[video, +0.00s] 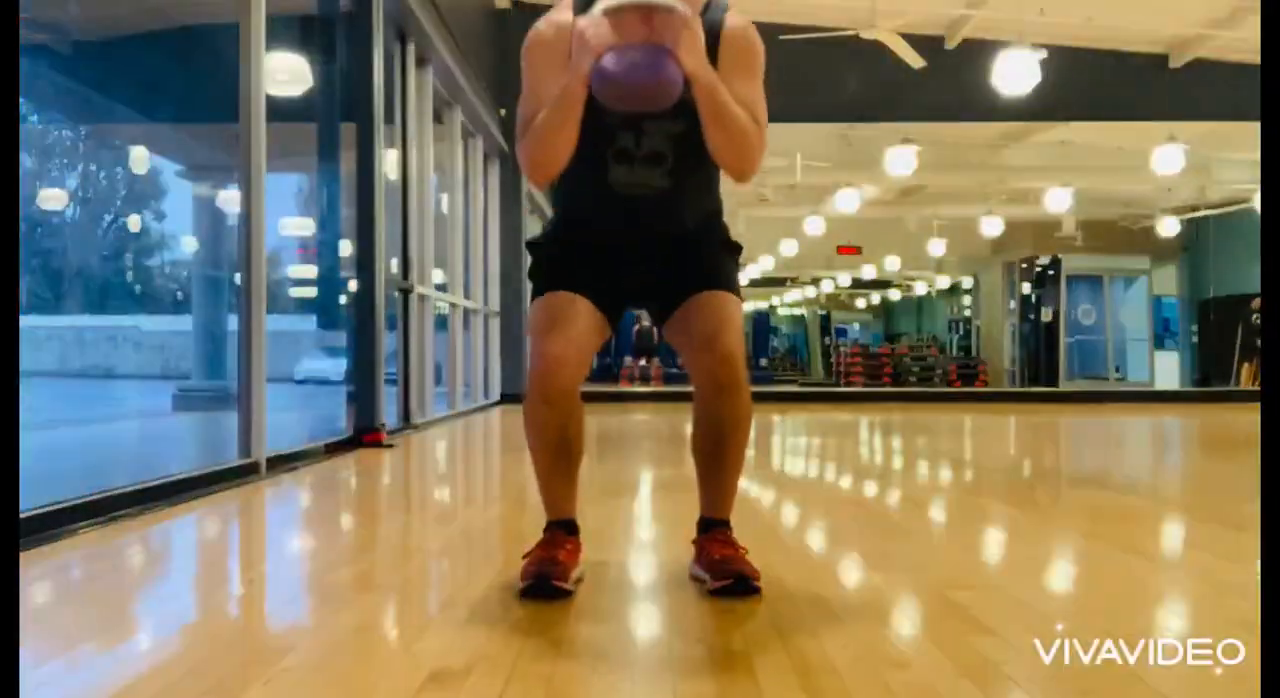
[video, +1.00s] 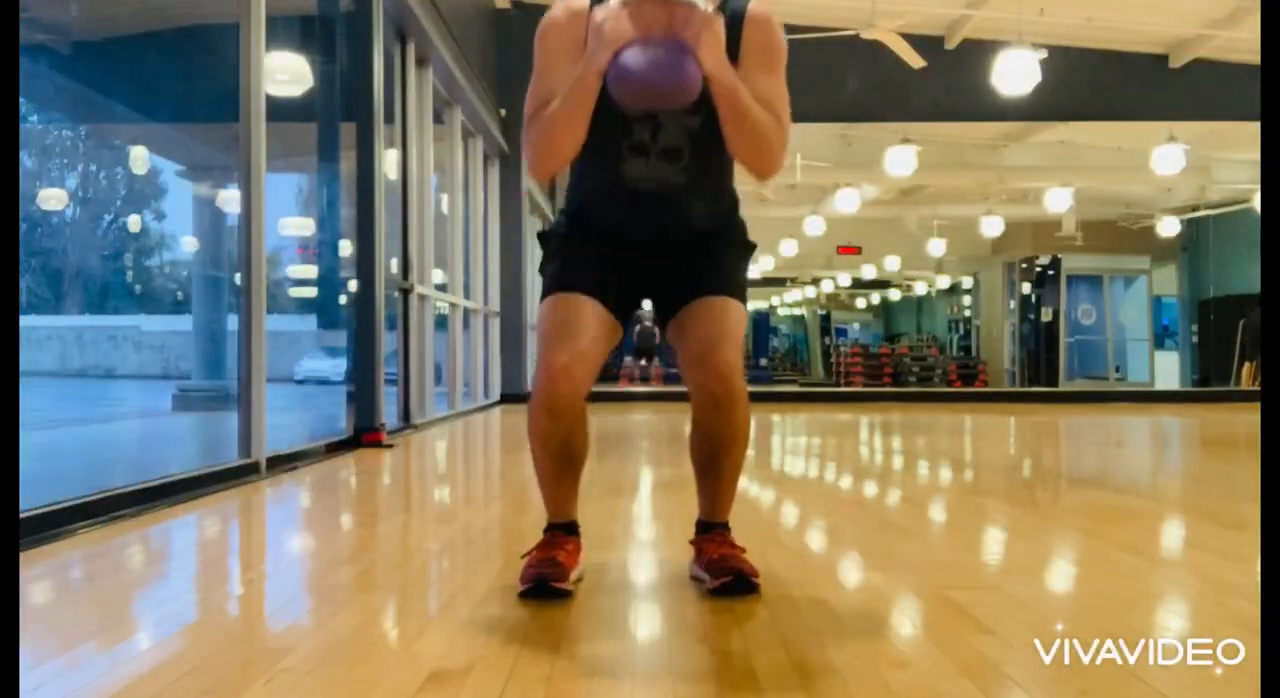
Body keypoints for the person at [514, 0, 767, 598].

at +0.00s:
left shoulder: (730, 33)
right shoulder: (558, 32)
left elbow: (744, 161)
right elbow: (539, 168)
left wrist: (694, 60)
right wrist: (579, 72)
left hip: (688, 241)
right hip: (586, 239)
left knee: (724, 361)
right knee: (550, 368)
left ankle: (716, 537)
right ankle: (559, 535)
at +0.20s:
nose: (637, 1)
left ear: (683, 5)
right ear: (603, 5)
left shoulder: (726, 102)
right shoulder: (554, 102)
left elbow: (743, 237)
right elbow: (530, 241)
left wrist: (697, 149)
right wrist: (578, 151)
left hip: (687, 297)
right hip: (584, 296)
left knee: (728, 376)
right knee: (541, 382)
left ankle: (716, 537)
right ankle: (558, 537)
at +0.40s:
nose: (638, 46)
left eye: (656, 31)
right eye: (621, 30)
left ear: (681, 49)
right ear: (596, 46)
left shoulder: (723, 150)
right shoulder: (552, 154)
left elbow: (744, 284)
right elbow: (530, 295)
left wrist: (694, 202)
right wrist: (573, 211)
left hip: (684, 339)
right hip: (586, 338)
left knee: (722, 371)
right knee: (544, 379)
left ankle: (716, 538)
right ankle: (558, 538)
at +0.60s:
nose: (635, 52)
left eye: (653, 38)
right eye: (618, 36)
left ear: (678, 55)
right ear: (593, 52)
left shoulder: (723, 158)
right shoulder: (549, 163)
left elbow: (746, 294)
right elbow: (530, 306)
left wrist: (693, 213)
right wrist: (571, 219)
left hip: (687, 350)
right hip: (588, 349)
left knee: (725, 372)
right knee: (545, 380)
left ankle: (716, 538)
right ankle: (559, 538)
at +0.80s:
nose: (643, 2)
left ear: (688, 9)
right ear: (604, 7)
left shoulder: (732, 110)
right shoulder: (556, 110)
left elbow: (748, 247)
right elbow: (529, 252)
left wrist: (697, 158)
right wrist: (576, 165)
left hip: (693, 298)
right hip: (590, 297)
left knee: (718, 380)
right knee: (553, 386)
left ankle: (715, 538)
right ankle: (559, 537)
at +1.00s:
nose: (663, 3)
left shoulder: (751, 22)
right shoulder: (571, 20)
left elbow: (766, 158)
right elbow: (542, 160)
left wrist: (714, 59)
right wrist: (596, 60)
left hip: (701, 236)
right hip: (597, 233)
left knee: (721, 378)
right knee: (556, 383)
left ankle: (714, 537)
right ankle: (559, 535)